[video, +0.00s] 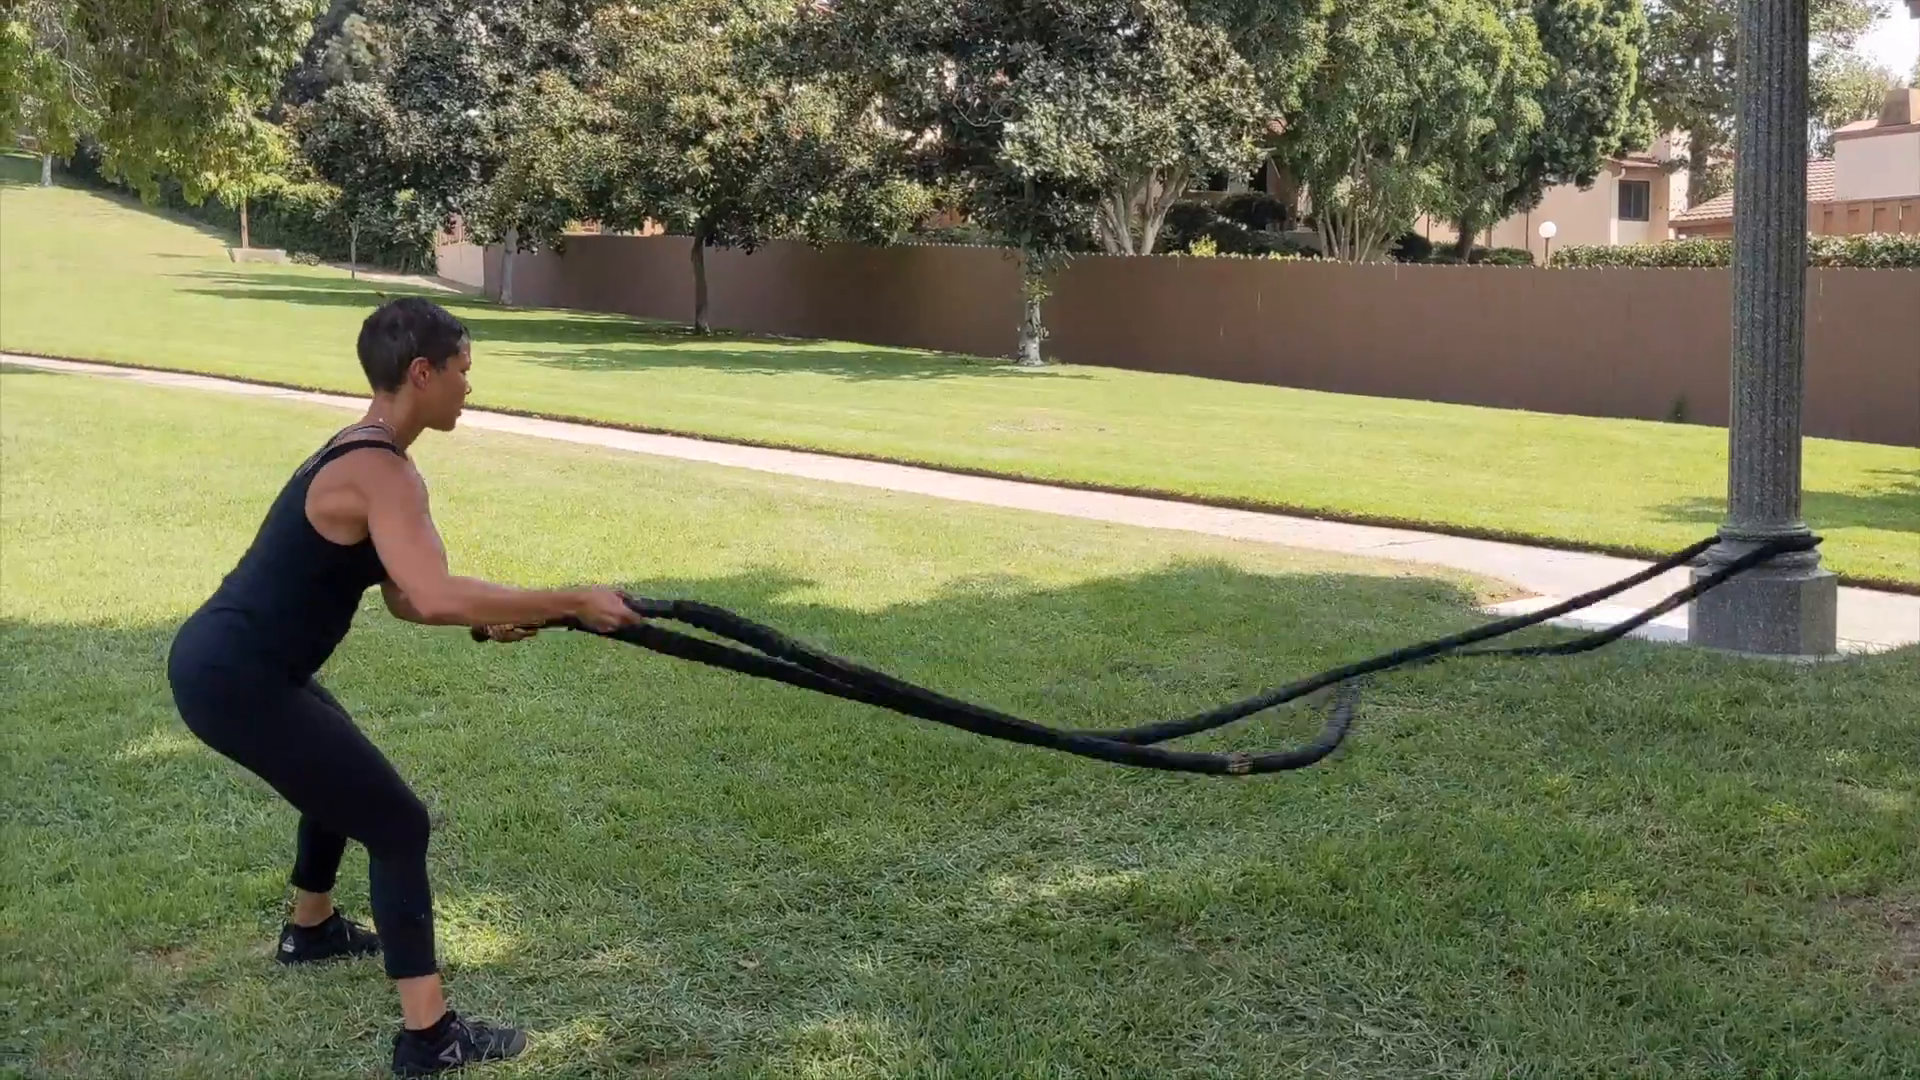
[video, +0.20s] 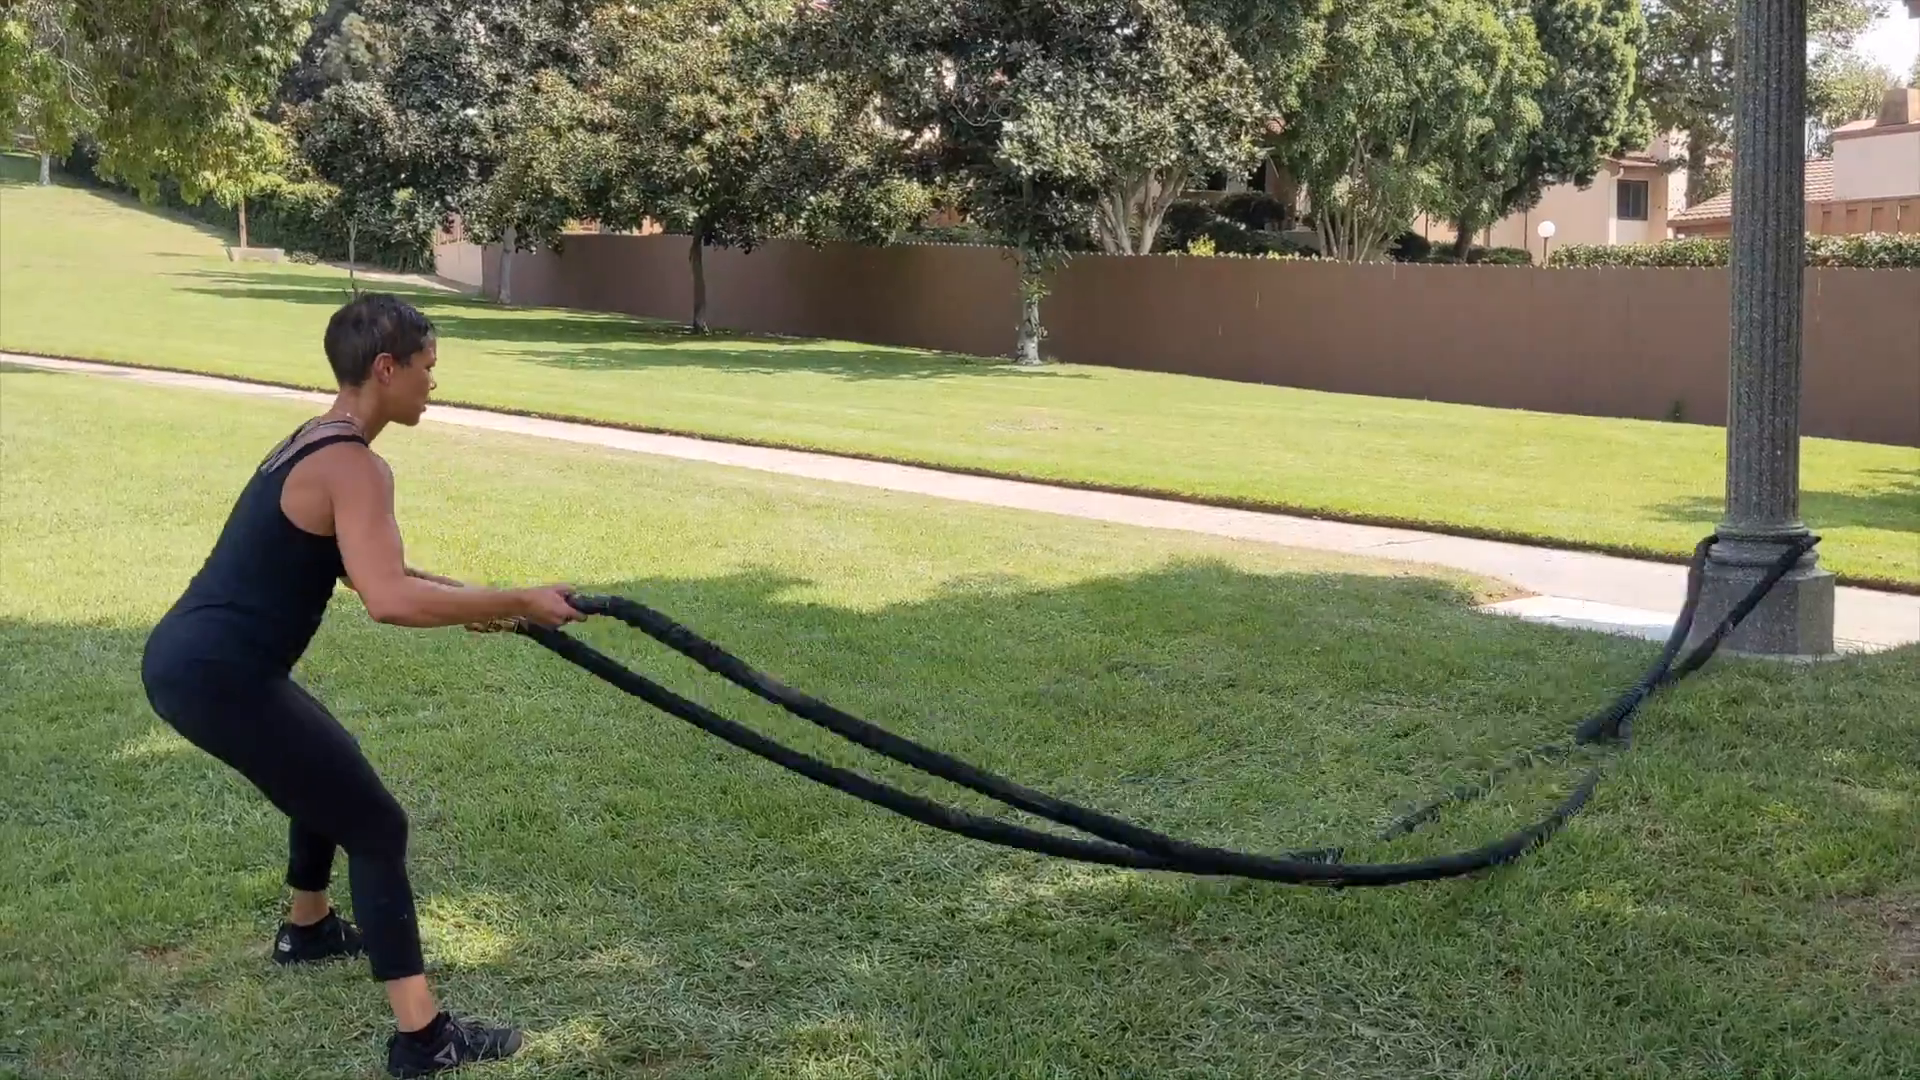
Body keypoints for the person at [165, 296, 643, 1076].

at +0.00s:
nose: (469, 386)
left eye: (468, 370)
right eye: (462, 370)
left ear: (400, 375)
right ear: (420, 373)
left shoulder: (356, 451)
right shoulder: (383, 473)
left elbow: (403, 599)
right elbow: (432, 597)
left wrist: (483, 613)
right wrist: (572, 601)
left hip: (224, 655)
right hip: (238, 680)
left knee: (341, 774)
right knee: (398, 823)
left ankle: (310, 927)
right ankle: (427, 1031)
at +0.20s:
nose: (433, 383)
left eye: (433, 367)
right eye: (426, 366)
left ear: (366, 369)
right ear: (383, 367)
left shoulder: (309, 442)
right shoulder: (354, 467)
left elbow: (372, 575)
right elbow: (391, 598)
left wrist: (470, 605)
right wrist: (518, 600)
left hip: (186, 655)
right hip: (220, 674)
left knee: (326, 772)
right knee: (377, 826)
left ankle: (307, 925)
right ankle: (421, 1030)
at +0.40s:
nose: (396, 378)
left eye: (396, 363)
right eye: (389, 362)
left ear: (328, 364)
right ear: (346, 362)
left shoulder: (257, 429)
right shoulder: (359, 464)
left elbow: (276, 535)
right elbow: (427, 592)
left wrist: (373, 551)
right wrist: (476, 587)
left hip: (156, 661)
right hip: (224, 678)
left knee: (302, 768)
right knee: (378, 821)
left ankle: (303, 924)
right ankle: (415, 1029)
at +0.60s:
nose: (409, 376)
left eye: (408, 361)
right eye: (401, 361)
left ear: (337, 366)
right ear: (361, 364)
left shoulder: (266, 427)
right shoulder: (388, 464)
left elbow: (173, 510)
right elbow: (438, 586)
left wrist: (259, 527)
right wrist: (422, 564)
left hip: (157, 657)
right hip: (229, 674)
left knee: (299, 763)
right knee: (388, 816)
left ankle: (297, 921)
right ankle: (411, 1026)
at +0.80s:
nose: (428, 374)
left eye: (427, 358)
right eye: (421, 358)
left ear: (350, 365)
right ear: (383, 363)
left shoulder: (284, 431)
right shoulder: (388, 460)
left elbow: (255, 534)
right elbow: (455, 589)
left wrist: (335, 552)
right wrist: (462, 575)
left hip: (162, 655)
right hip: (218, 678)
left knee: (296, 766)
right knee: (381, 816)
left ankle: (293, 918)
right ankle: (406, 1024)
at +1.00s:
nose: (431, 383)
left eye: (430, 366)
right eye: (425, 366)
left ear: (363, 370)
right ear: (383, 366)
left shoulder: (323, 451)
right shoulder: (355, 459)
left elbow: (423, 585)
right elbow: (438, 575)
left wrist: (527, 589)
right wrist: (546, 584)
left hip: (200, 661)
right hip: (199, 681)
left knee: (317, 765)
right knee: (370, 815)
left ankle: (290, 914)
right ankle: (403, 1020)